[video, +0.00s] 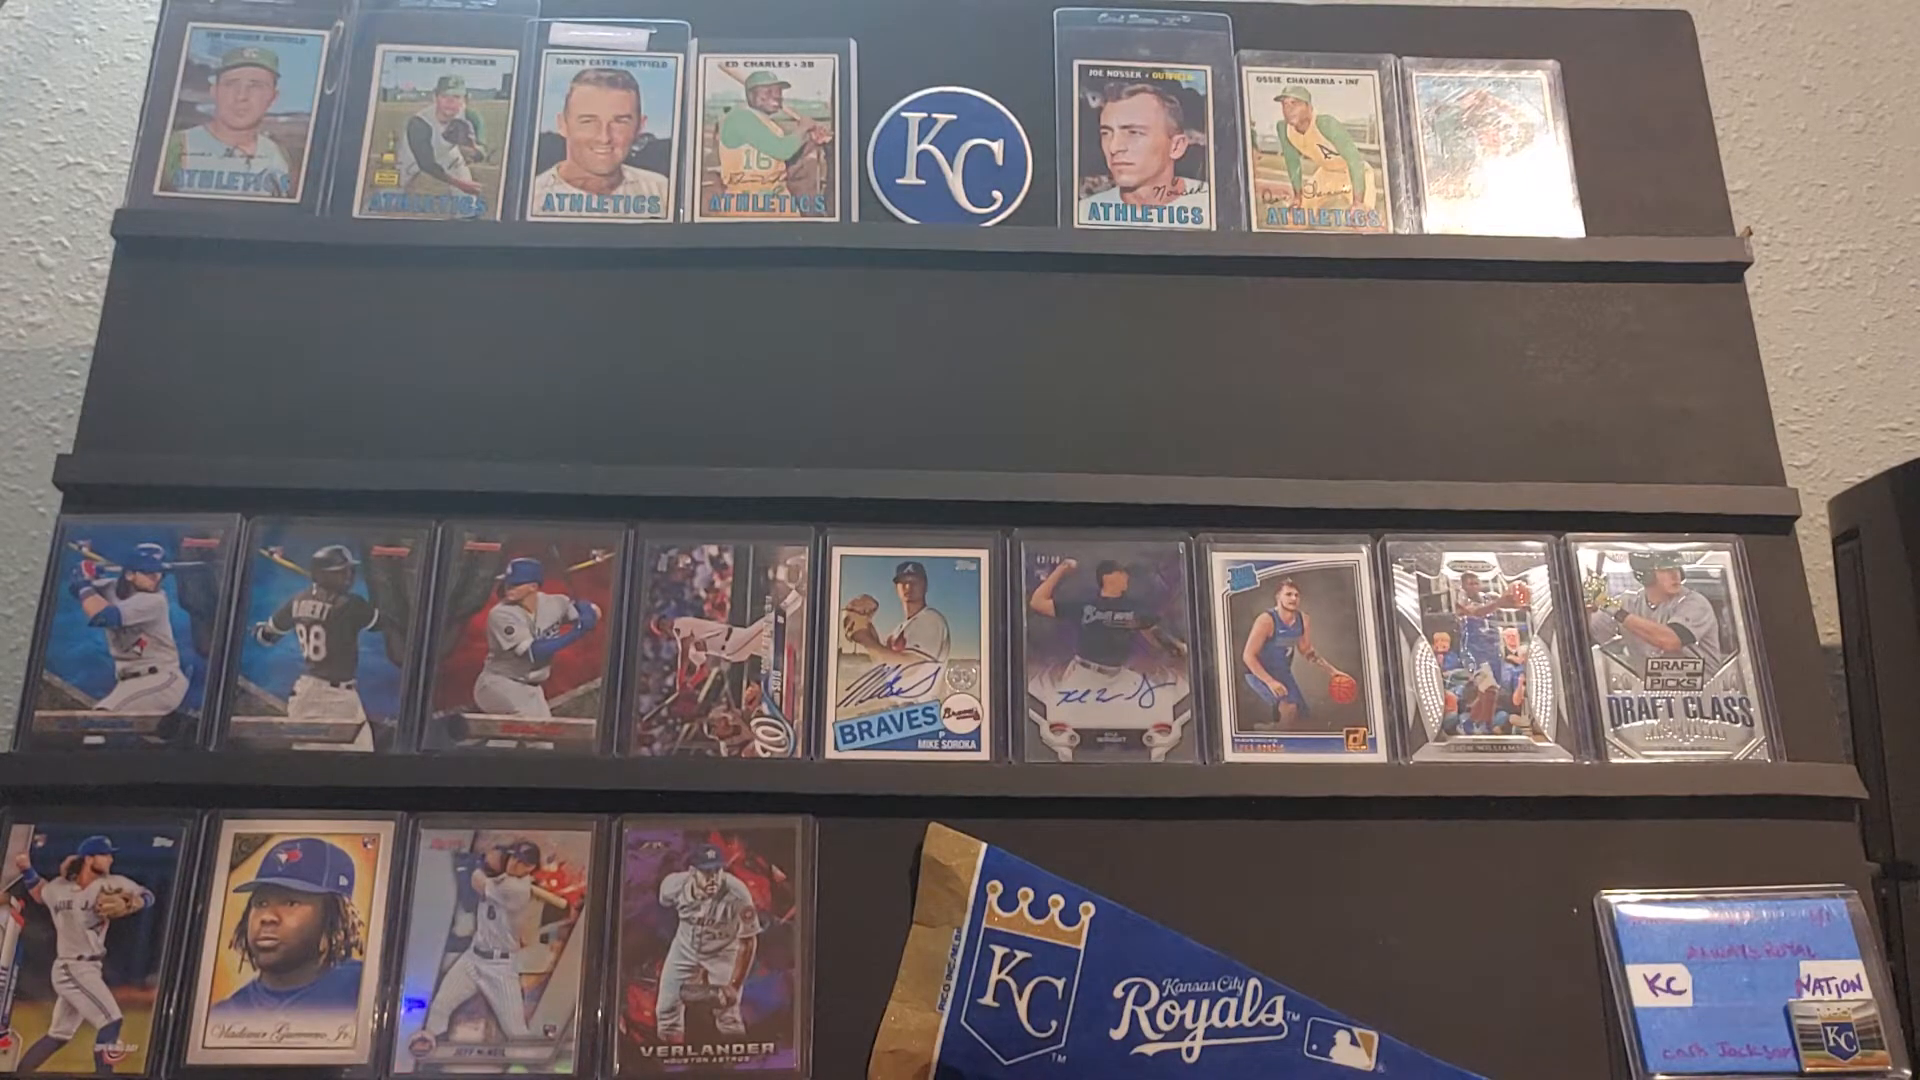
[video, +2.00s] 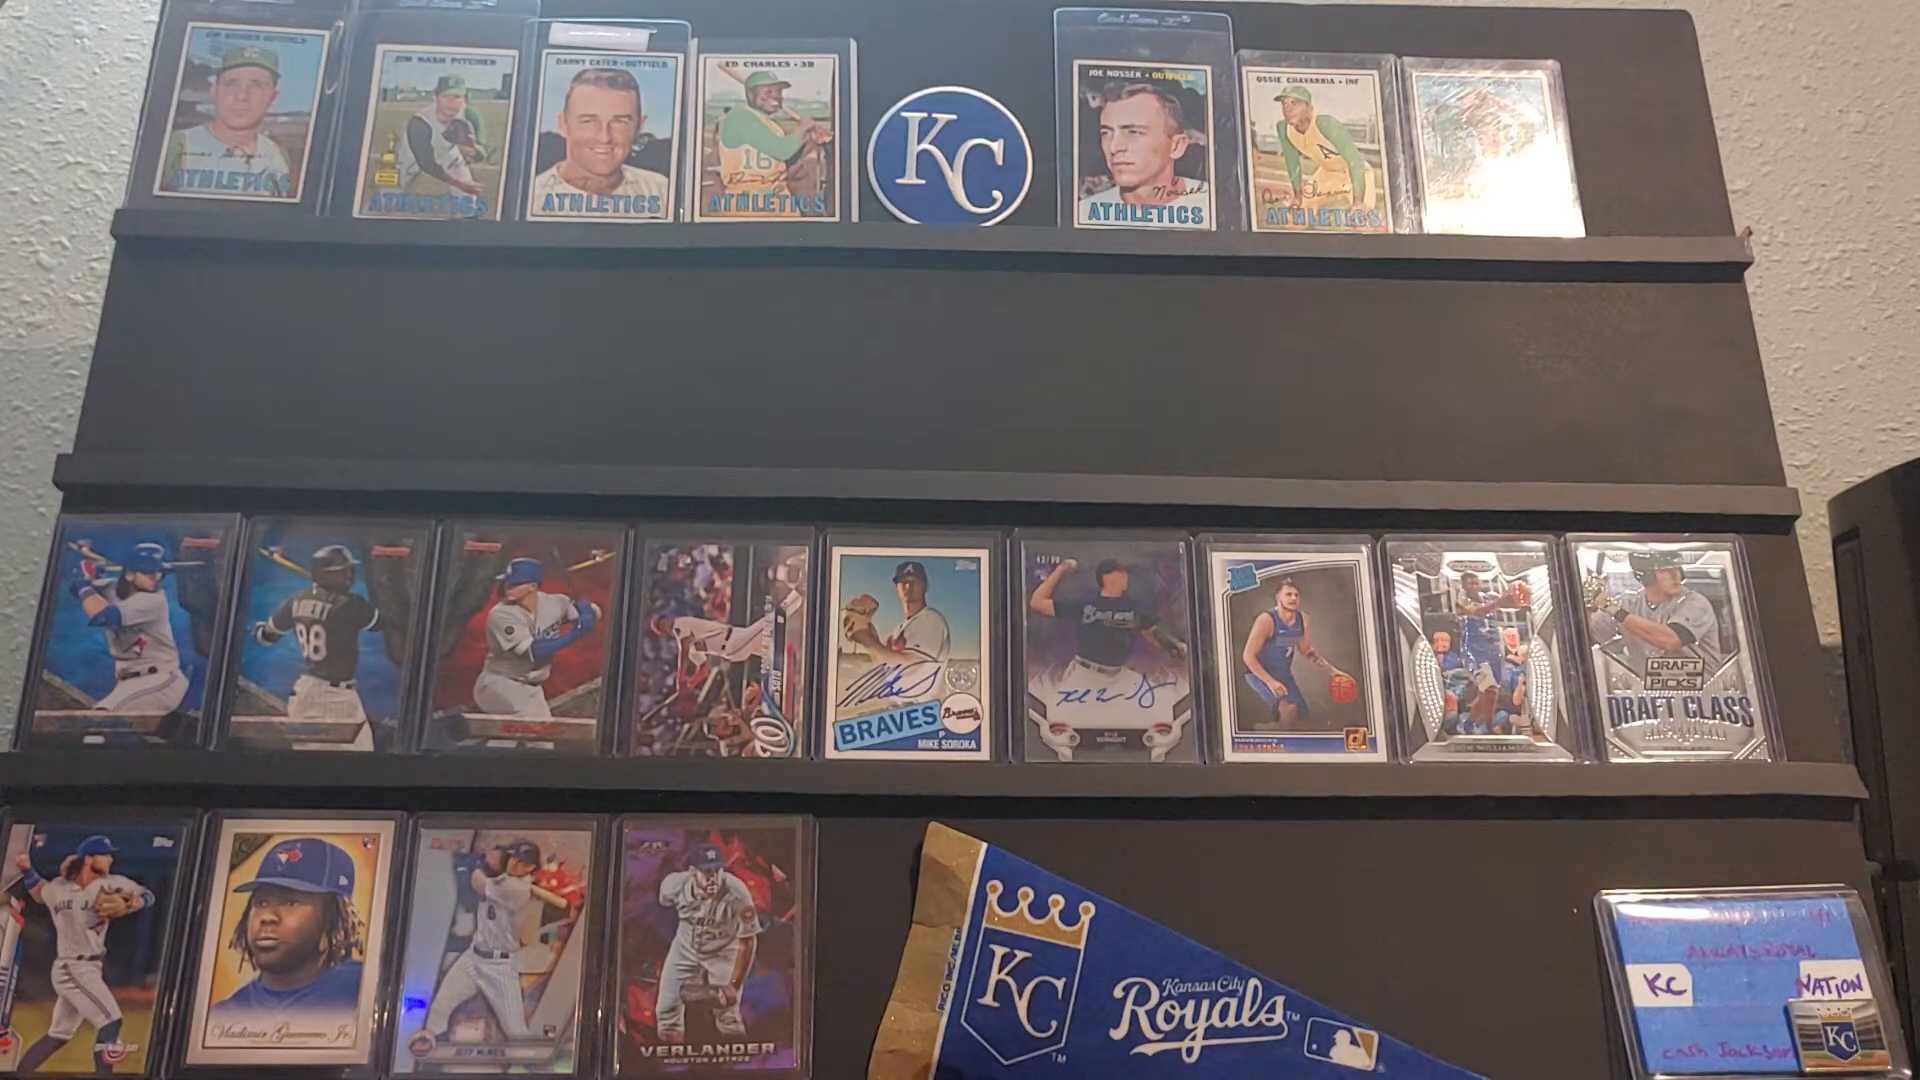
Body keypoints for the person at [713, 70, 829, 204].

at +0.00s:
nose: (776, 97)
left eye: (778, 91)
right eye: (768, 92)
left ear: (782, 93)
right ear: (752, 96)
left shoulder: (773, 126)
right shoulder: (739, 117)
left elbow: (784, 168)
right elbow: (783, 151)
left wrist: (811, 143)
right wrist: (803, 128)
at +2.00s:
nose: (776, 97)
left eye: (778, 92)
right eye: (769, 92)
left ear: (782, 93)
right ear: (752, 94)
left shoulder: (773, 126)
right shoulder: (739, 118)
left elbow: (785, 168)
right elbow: (782, 151)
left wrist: (811, 143)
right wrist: (803, 128)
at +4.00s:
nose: (776, 97)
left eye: (779, 92)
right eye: (769, 92)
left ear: (782, 93)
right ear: (752, 96)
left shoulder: (774, 126)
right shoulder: (738, 118)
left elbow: (785, 168)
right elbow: (783, 151)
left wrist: (811, 143)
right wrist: (802, 128)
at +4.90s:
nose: (776, 97)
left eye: (779, 92)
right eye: (769, 92)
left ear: (782, 93)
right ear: (751, 95)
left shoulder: (773, 126)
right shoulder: (738, 119)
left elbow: (785, 166)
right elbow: (783, 151)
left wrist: (811, 143)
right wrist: (802, 127)